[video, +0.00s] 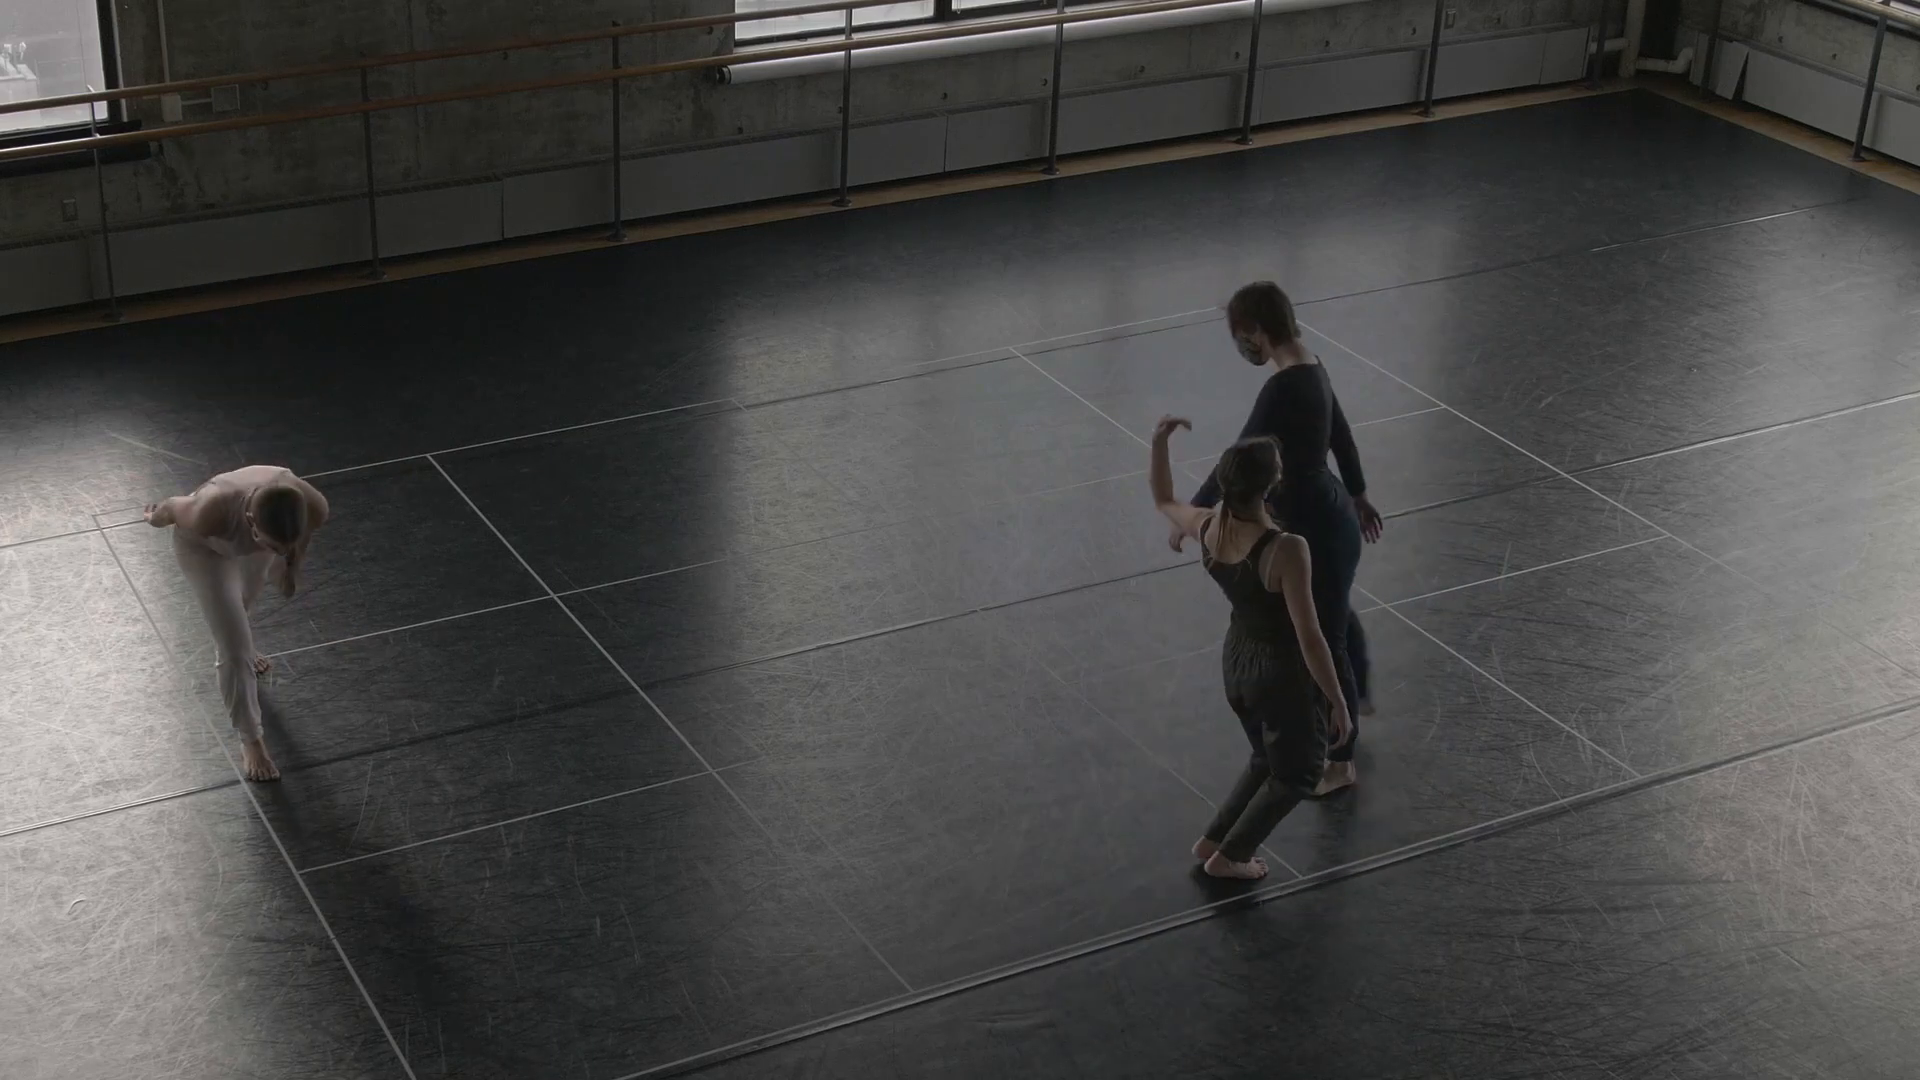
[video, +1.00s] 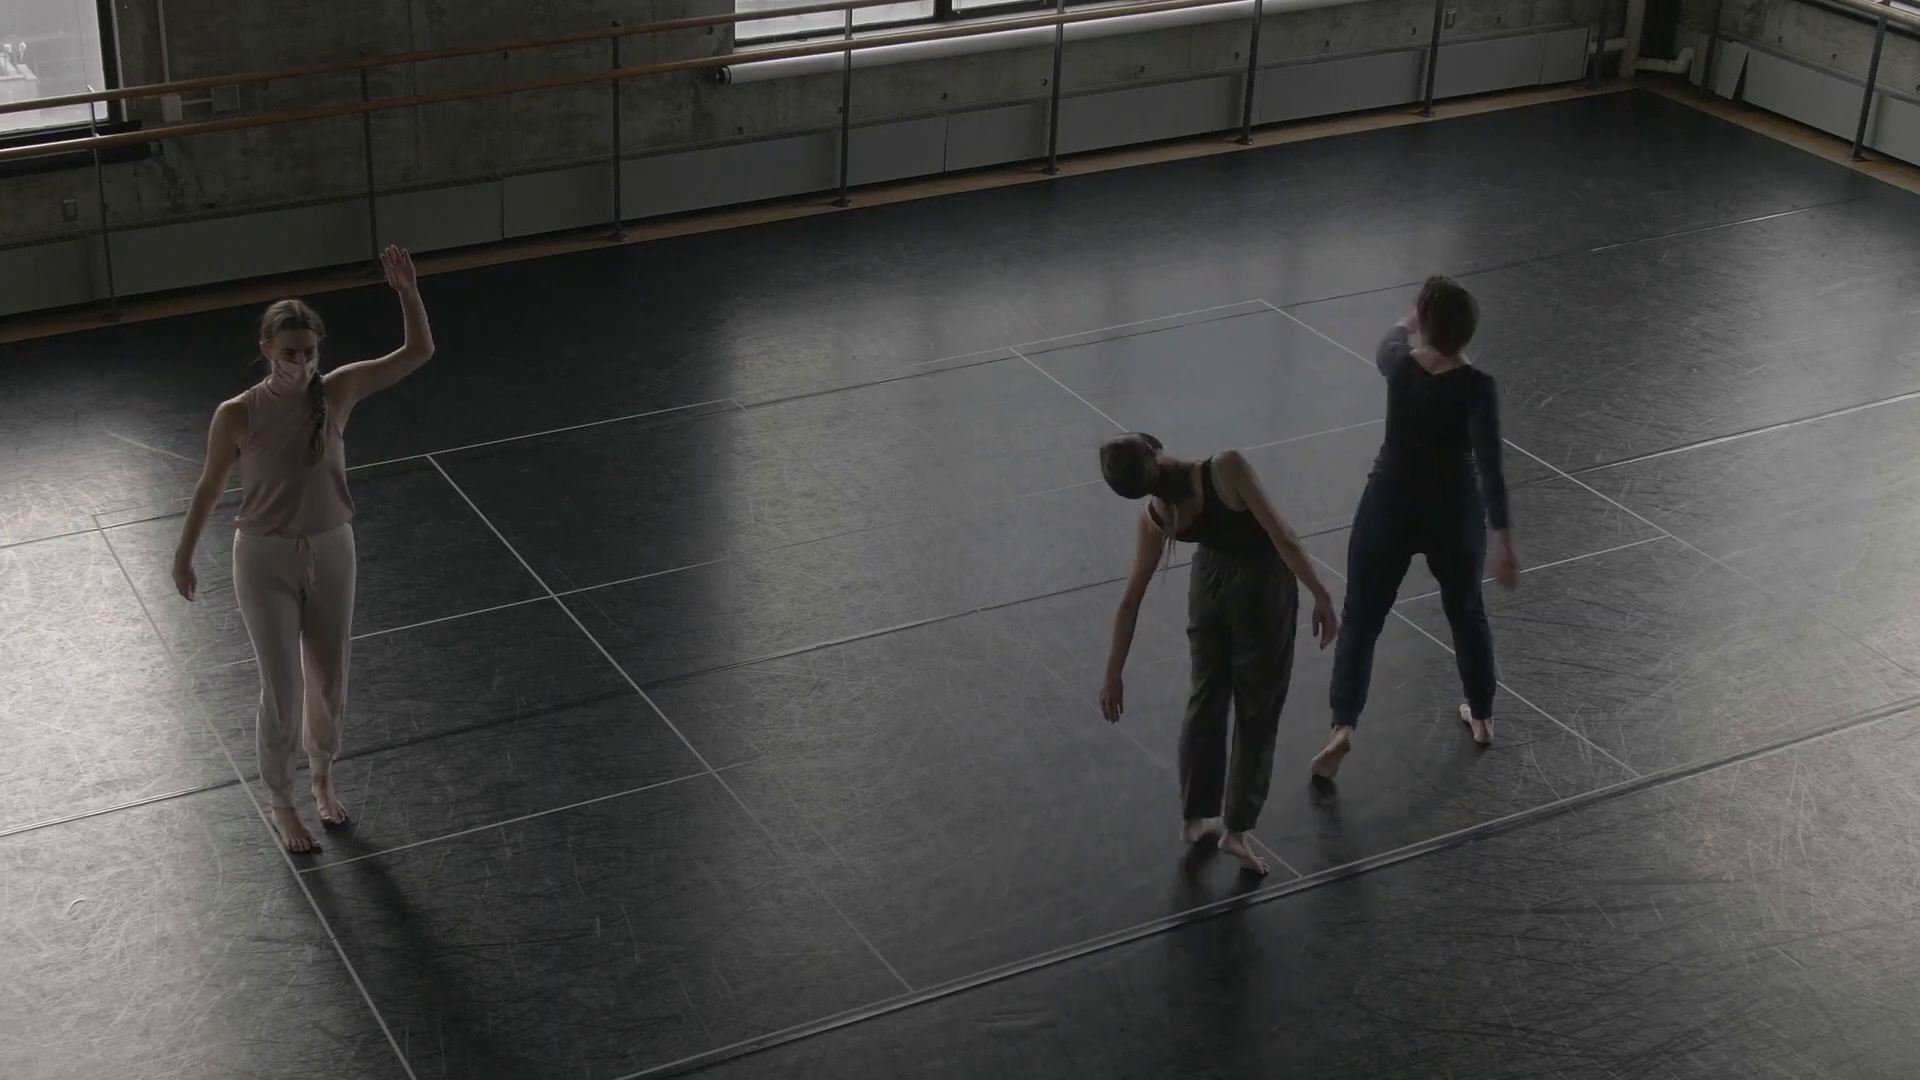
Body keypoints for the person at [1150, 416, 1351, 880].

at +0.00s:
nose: (1282, 475)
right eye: (1278, 471)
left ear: (1226, 483)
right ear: (1271, 489)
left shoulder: (1209, 525)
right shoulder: (1287, 548)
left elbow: (1164, 499)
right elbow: (1310, 637)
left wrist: (1159, 441)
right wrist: (1337, 700)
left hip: (1238, 665)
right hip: (1282, 674)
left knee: (1265, 760)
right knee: (1296, 774)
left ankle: (1213, 841)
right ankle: (1229, 858)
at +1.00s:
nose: (1147, 439)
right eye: (1145, 441)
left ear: (1136, 491)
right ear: (1156, 450)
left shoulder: (1155, 518)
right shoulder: (1228, 469)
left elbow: (1130, 601)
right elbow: (1280, 535)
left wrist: (1112, 675)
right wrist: (1320, 594)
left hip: (1209, 584)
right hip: (1263, 585)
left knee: (1205, 696)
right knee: (1258, 707)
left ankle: (1197, 818)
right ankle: (1237, 831)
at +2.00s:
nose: (911, 475)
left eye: (921, 471)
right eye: (911, 466)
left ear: (956, 472)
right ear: (944, 469)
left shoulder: (966, 526)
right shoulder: (932, 491)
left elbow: (1017, 591)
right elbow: (850, 497)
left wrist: (1055, 654)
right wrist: (779, 508)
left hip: (1005, 626)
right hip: (980, 603)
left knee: (894, 648)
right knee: (911, 640)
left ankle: (930, 732)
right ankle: (984, 684)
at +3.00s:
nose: (1053, 549)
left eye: (1057, 539)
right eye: (1044, 543)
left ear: (1060, 529)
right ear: (1018, 536)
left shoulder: (1040, 547)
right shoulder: (992, 574)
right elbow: (1030, 646)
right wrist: (1096, 644)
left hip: (1001, 617)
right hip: (958, 638)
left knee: (1051, 651)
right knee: (1014, 722)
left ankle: (1031, 727)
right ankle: (962, 682)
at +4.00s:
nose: (1215, 502)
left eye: (1220, 494)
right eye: (1206, 495)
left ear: (1224, 481)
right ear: (1180, 482)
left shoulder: (1215, 506)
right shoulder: (1138, 500)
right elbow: (1096, 512)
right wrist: (1120, 515)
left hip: (1159, 603)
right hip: (1107, 594)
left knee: (1188, 707)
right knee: (1040, 665)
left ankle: (1157, 773)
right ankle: (969, 676)